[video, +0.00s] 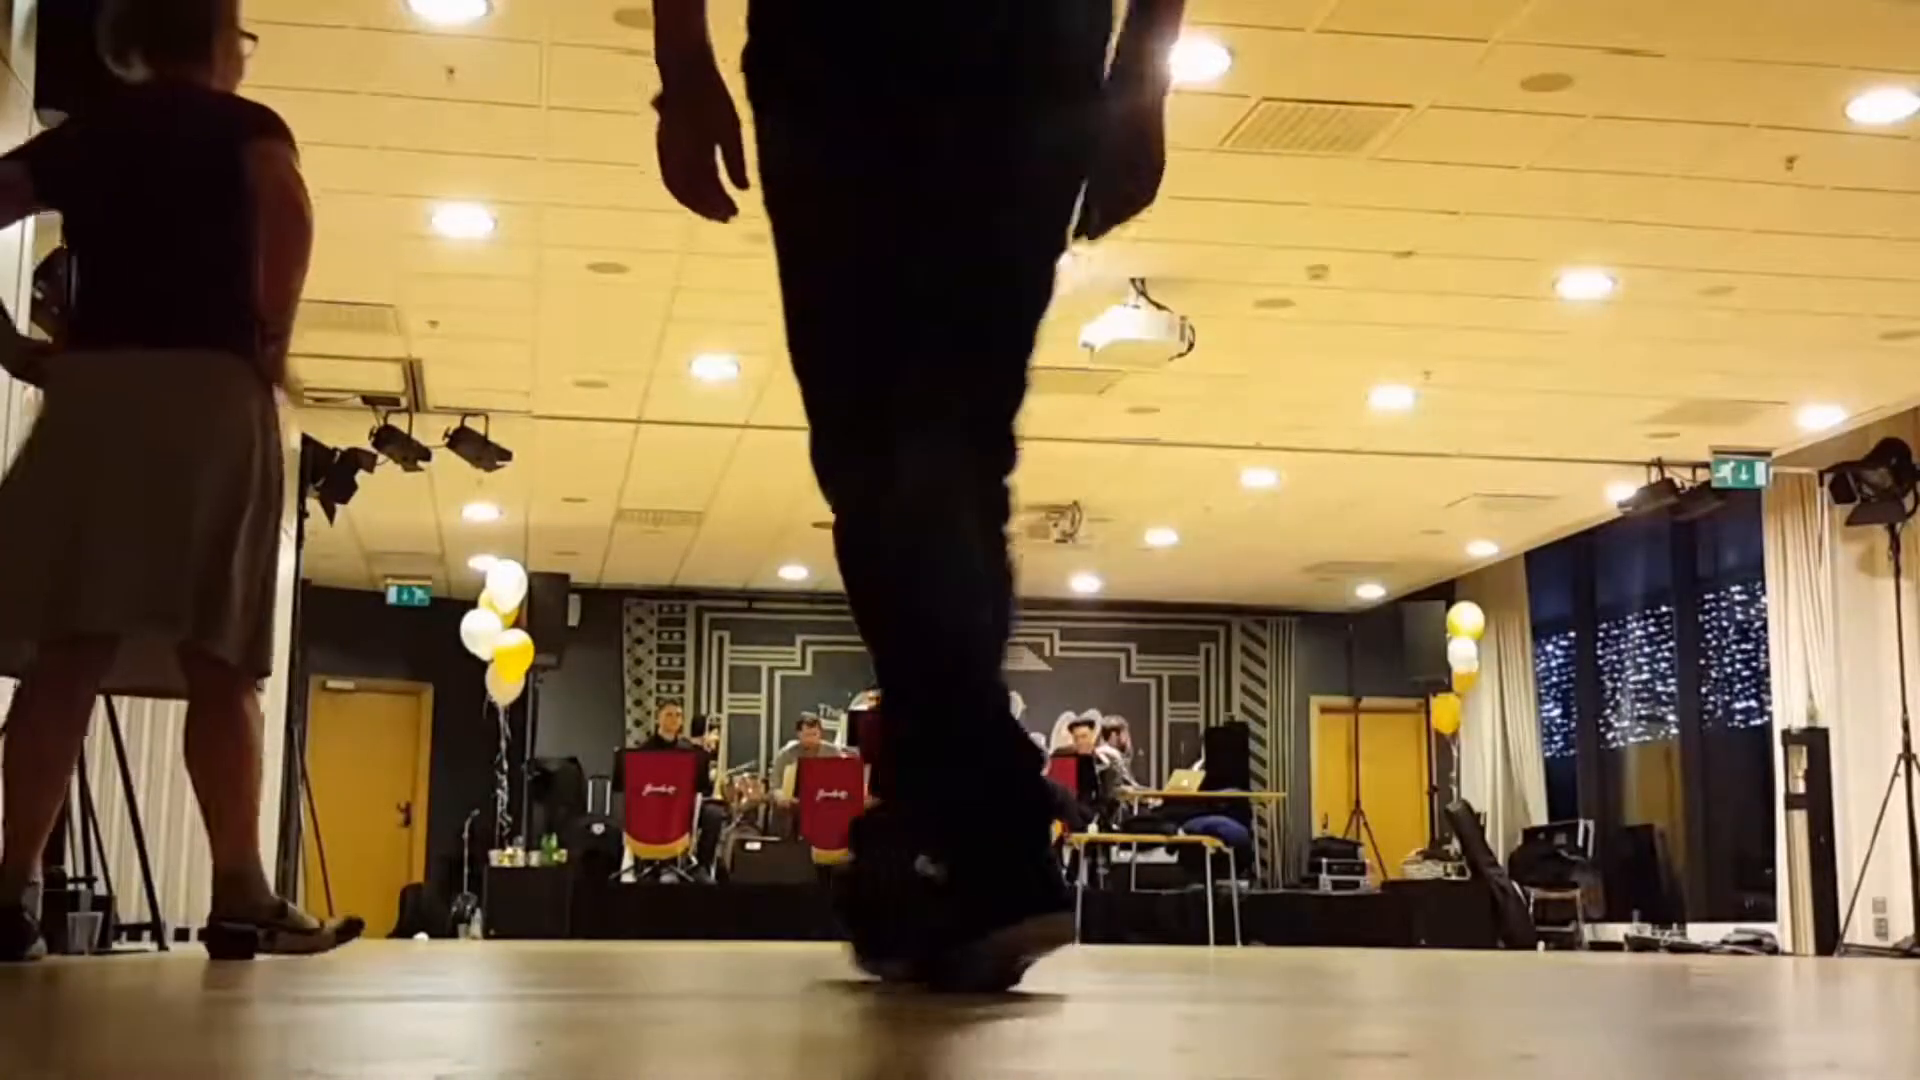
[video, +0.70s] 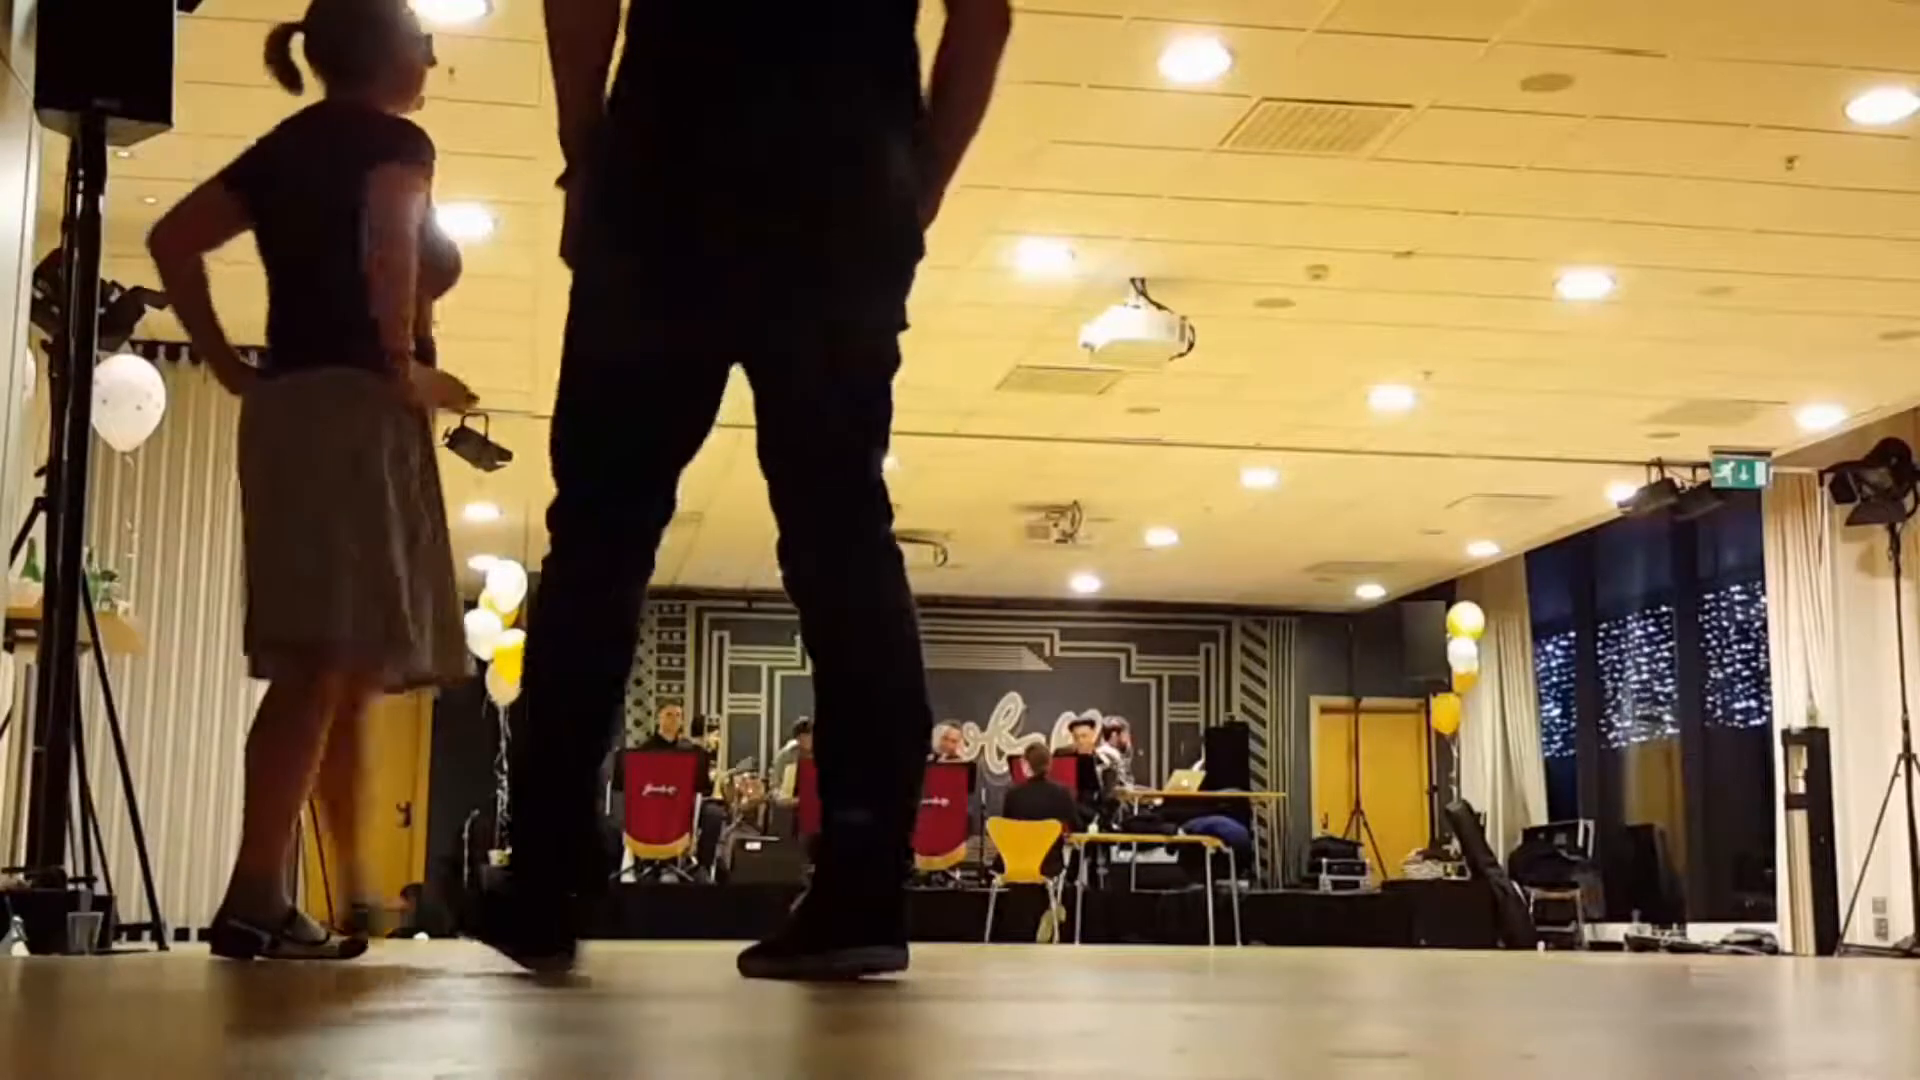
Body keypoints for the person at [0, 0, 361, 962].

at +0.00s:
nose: (246, 56)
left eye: (242, 40)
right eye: (241, 39)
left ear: (137, 47)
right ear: (221, 41)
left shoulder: (83, 133)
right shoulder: (252, 123)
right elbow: (288, 218)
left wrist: (13, 347)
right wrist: (274, 339)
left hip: (90, 395)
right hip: (216, 399)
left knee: (62, 662)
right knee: (221, 669)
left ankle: (10, 895)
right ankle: (241, 900)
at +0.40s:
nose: (365, 62)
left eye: (362, 45)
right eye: (359, 45)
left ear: (265, 55)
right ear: (334, 49)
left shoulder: (209, 141)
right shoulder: (374, 144)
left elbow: (87, 230)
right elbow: (420, 246)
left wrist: (139, 349)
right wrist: (406, 346)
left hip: (222, 414)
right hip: (332, 413)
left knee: (174, 660)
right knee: (300, 666)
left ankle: (64, 856)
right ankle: (252, 905)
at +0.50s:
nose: (390, 58)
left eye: (387, 40)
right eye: (381, 41)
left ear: (292, 50)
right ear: (353, 48)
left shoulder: (231, 142)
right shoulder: (390, 145)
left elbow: (108, 236)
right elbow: (420, 250)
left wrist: (172, 356)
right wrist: (407, 353)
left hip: (239, 414)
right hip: (343, 413)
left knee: (216, 669)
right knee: (304, 667)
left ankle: (150, 899)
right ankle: (255, 906)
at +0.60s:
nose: (412, 64)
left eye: (408, 47)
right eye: (405, 48)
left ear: (313, 58)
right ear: (383, 58)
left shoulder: (258, 146)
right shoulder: (397, 150)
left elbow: (142, 240)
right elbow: (415, 257)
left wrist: (196, 365)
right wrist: (407, 363)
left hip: (263, 412)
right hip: (348, 414)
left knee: (272, 666)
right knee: (312, 663)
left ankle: (256, 900)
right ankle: (254, 903)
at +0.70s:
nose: (430, 57)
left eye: (424, 41)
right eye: (419, 42)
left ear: (336, 57)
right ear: (390, 54)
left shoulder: (286, 143)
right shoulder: (398, 142)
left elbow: (173, 240)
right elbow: (389, 254)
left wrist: (220, 355)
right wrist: (404, 366)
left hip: (280, 407)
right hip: (352, 410)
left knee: (336, 666)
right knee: (319, 665)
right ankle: (255, 903)